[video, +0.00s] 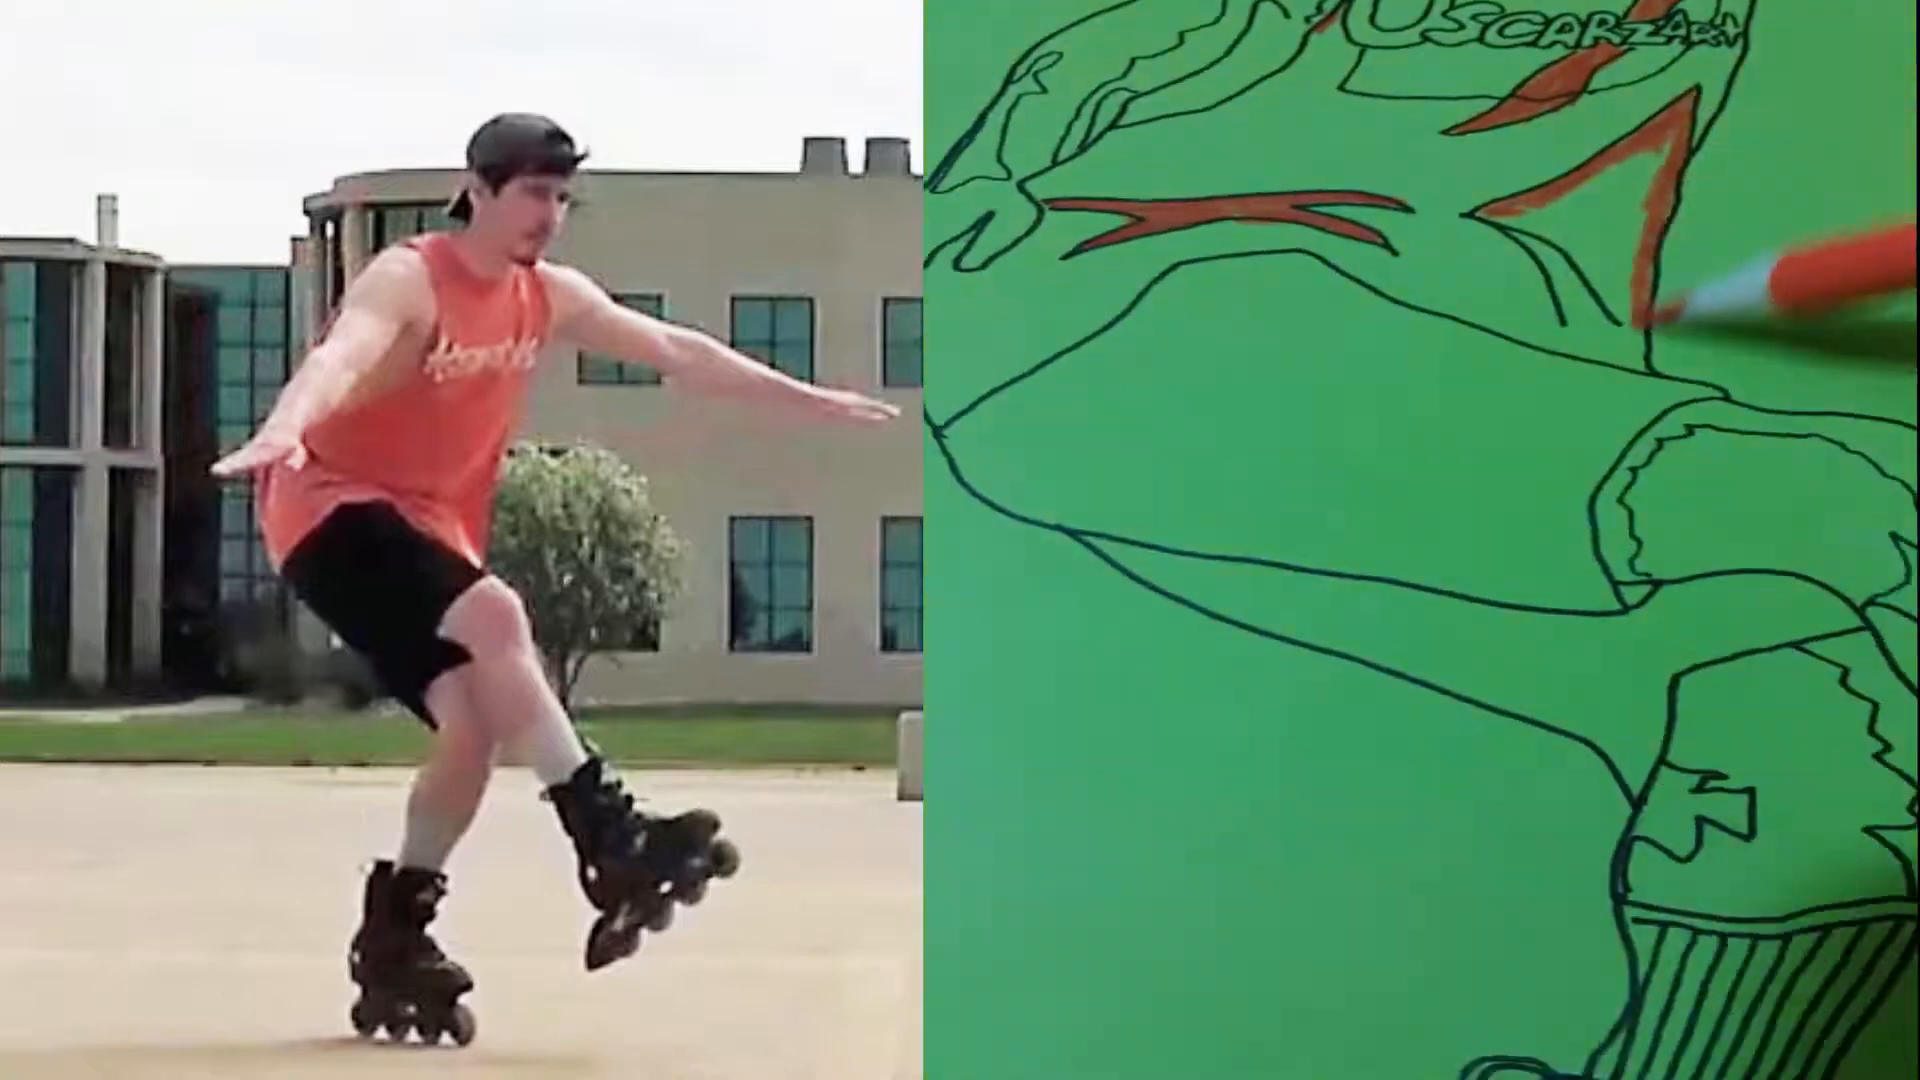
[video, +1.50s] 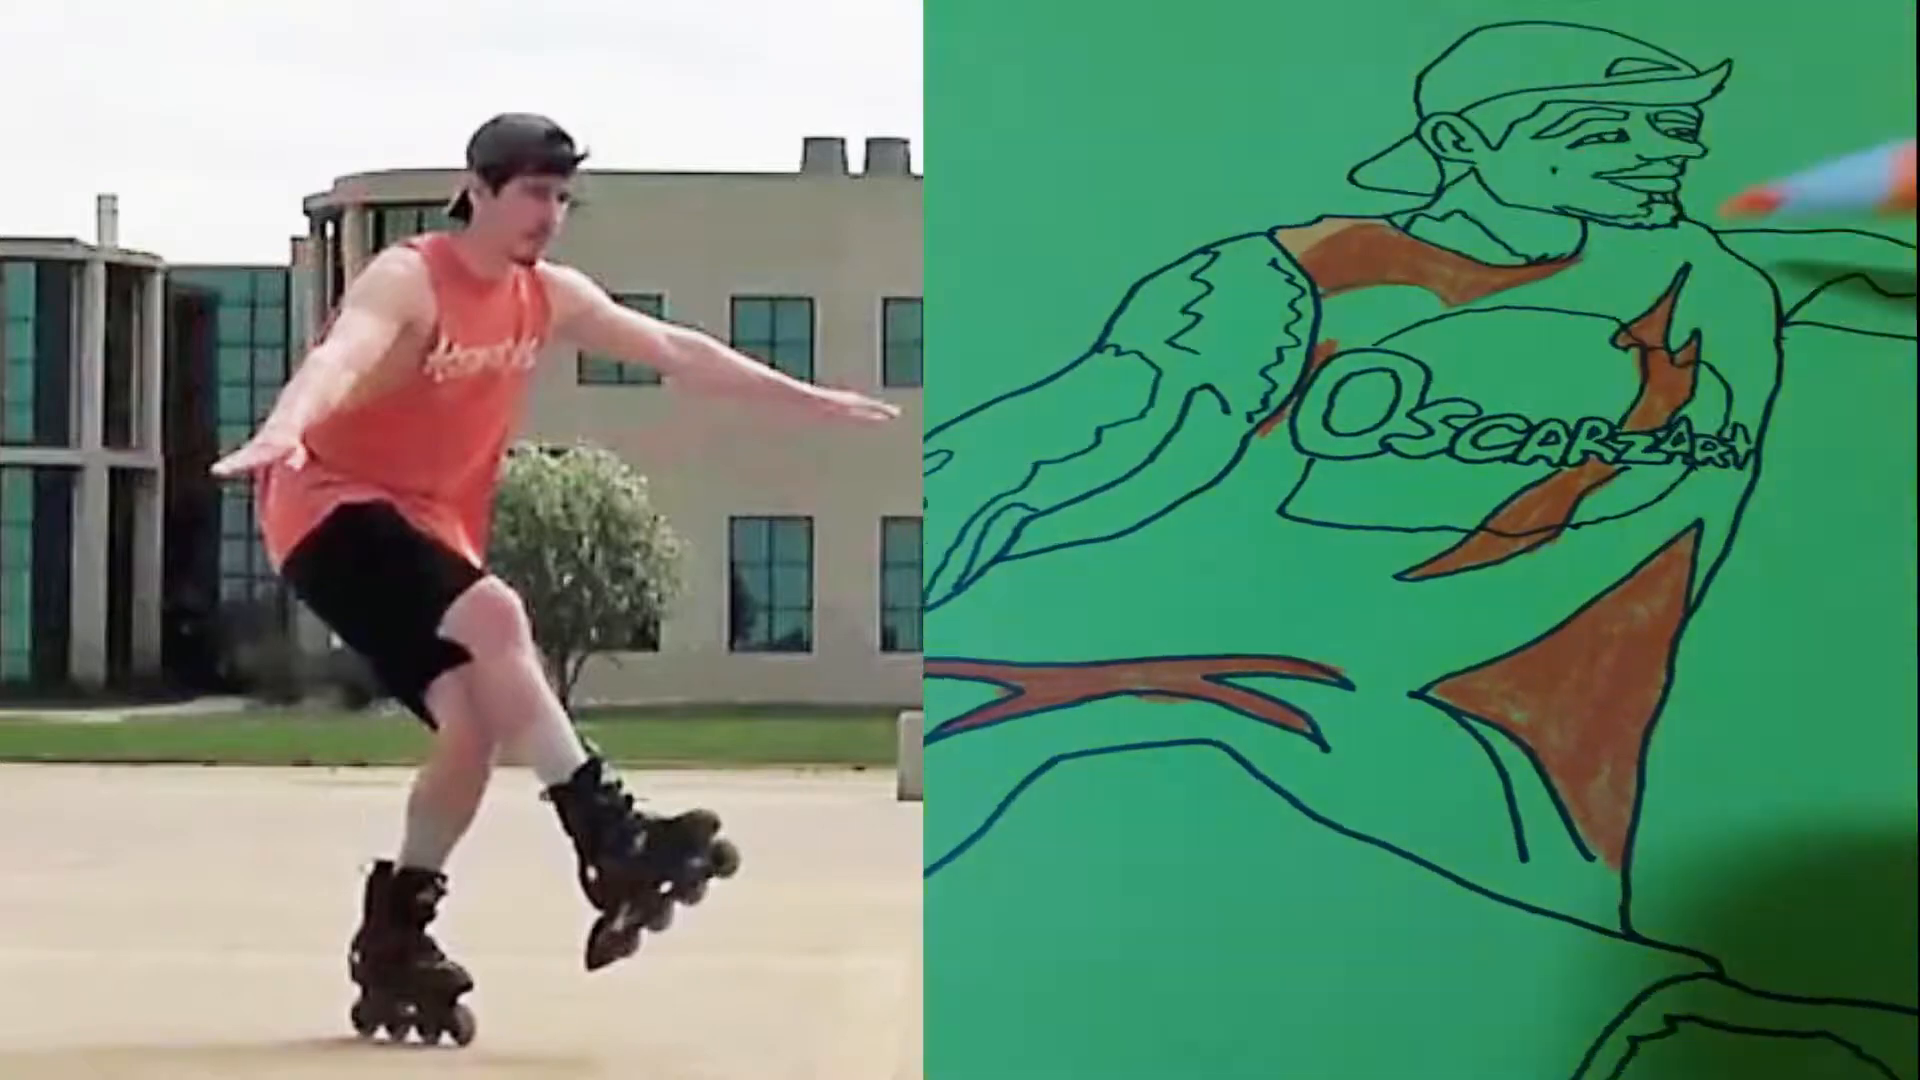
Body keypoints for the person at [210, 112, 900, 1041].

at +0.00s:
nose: (552, 214)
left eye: (562, 198)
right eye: (536, 195)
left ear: (563, 203)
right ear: (476, 191)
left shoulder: (551, 293)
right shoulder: (409, 274)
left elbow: (674, 350)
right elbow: (341, 356)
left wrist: (810, 399)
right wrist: (283, 429)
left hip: (436, 529)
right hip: (334, 504)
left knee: (478, 724)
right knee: (492, 616)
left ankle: (393, 936)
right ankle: (611, 843)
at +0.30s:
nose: (552, 214)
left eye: (562, 198)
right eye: (536, 195)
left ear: (562, 203)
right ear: (477, 191)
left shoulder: (551, 293)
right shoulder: (408, 274)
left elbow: (674, 350)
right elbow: (341, 356)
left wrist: (810, 399)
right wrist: (283, 428)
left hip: (435, 530)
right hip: (333, 504)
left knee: (478, 723)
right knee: (492, 616)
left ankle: (393, 937)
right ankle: (612, 843)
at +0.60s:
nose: (552, 214)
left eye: (562, 198)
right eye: (536, 195)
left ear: (563, 203)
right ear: (476, 191)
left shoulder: (551, 293)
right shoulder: (409, 274)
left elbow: (674, 350)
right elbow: (341, 356)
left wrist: (809, 399)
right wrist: (283, 429)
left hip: (436, 529)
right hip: (334, 504)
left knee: (478, 723)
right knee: (492, 616)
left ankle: (393, 935)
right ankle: (611, 843)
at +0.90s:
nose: (552, 214)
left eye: (561, 199)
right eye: (535, 195)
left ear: (562, 204)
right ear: (477, 190)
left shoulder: (552, 293)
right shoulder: (409, 274)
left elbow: (675, 350)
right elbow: (341, 357)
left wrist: (811, 399)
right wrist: (283, 428)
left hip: (436, 529)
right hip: (333, 503)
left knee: (478, 723)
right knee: (492, 616)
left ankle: (394, 937)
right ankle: (611, 843)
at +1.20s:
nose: (552, 214)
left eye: (562, 198)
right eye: (536, 195)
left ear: (563, 203)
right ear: (477, 191)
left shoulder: (551, 293)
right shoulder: (408, 274)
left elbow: (674, 350)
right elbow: (341, 356)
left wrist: (810, 399)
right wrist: (283, 429)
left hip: (436, 529)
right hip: (334, 504)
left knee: (477, 723)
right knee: (492, 616)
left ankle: (393, 937)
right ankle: (611, 843)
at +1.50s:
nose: (552, 214)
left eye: (562, 198)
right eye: (536, 194)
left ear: (563, 203)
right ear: (477, 191)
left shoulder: (551, 293)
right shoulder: (409, 274)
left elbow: (674, 349)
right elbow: (341, 356)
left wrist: (810, 399)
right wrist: (283, 429)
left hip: (436, 529)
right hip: (334, 504)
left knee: (477, 723)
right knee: (492, 616)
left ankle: (393, 936)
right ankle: (611, 843)